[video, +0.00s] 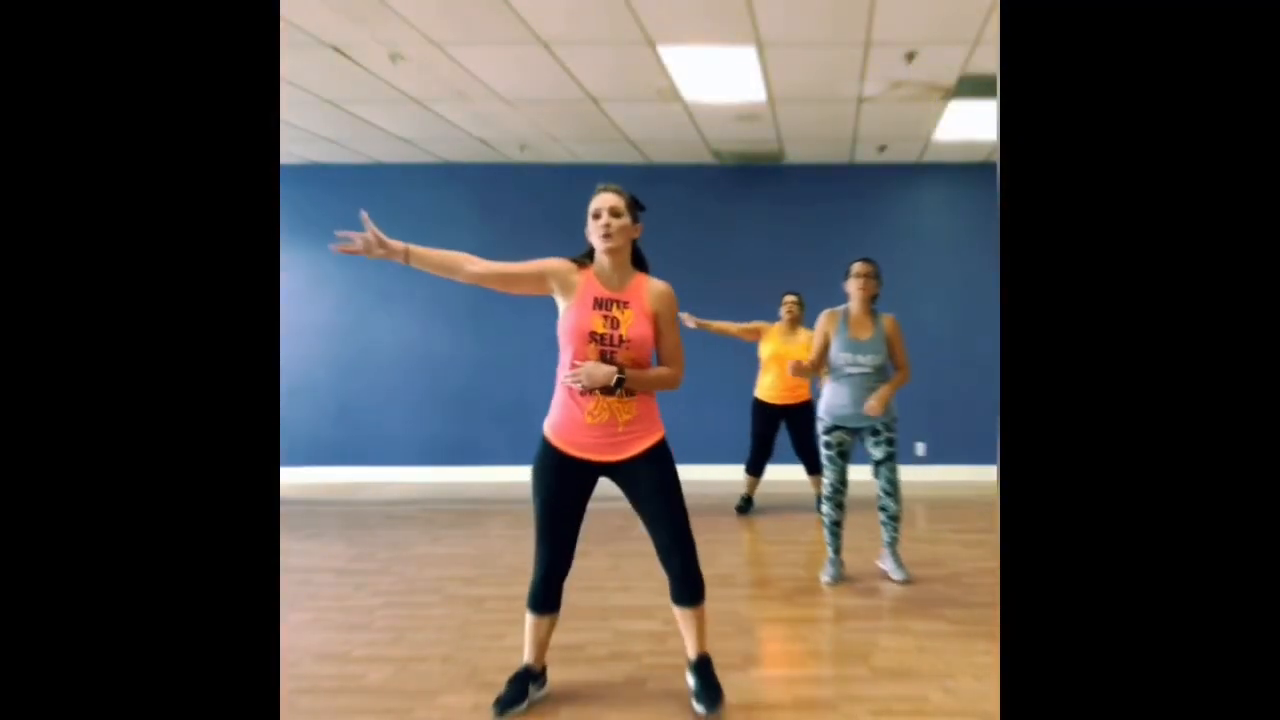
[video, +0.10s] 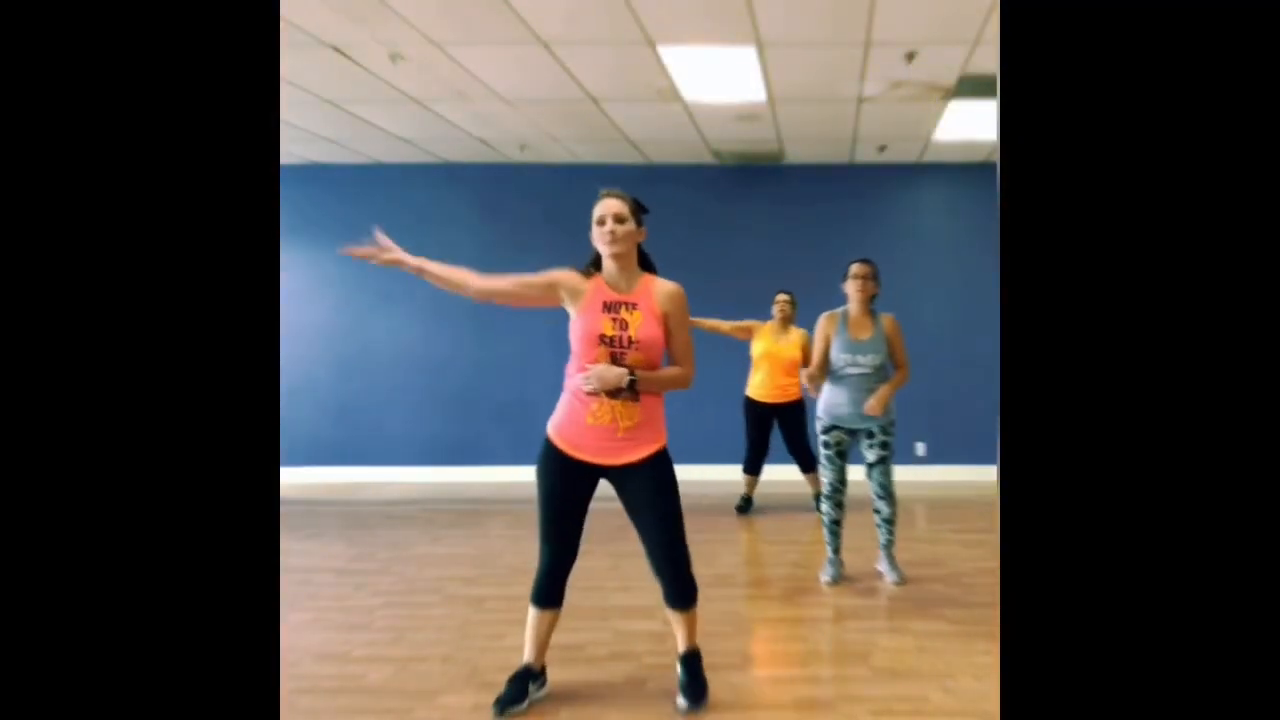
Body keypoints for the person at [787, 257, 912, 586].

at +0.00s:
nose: (862, 282)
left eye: (868, 276)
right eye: (857, 276)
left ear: (878, 286)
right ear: (846, 284)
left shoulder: (887, 325)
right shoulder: (829, 319)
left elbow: (903, 371)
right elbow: (816, 366)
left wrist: (884, 394)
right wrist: (801, 368)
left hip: (876, 417)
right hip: (835, 417)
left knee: (889, 486)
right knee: (833, 489)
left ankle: (890, 554)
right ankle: (833, 558)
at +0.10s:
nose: (861, 284)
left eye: (868, 278)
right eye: (856, 278)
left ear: (876, 286)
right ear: (845, 284)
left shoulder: (887, 324)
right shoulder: (828, 322)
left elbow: (902, 370)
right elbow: (818, 368)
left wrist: (884, 393)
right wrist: (811, 376)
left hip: (875, 419)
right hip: (833, 418)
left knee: (883, 489)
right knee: (832, 491)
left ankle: (887, 556)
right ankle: (833, 558)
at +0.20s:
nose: (862, 286)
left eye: (868, 281)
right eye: (856, 280)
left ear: (877, 288)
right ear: (846, 287)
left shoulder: (889, 325)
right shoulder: (831, 325)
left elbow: (905, 371)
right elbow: (820, 370)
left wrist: (886, 396)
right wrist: (821, 382)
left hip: (876, 420)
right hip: (835, 419)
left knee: (882, 491)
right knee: (833, 490)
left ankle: (887, 559)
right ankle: (832, 558)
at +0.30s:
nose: (865, 285)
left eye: (871, 280)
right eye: (860, 280)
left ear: (880, 287)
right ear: (849, 286)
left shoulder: (894, 324)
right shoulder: (835, 326)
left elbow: (911, 369)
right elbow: (823, 371)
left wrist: (893, 392)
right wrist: (832, 386)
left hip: (881, 420)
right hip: (840, 418)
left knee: (885, 491)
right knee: (835, 489)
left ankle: (887, 559)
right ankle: (833, 559)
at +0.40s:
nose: (869, 284)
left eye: (876, 279)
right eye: (864, 278)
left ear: (885, 286)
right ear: (853, 285)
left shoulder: (898, 322)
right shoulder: (839, 324)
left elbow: (918, 365)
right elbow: (827, 371)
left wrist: (899, 389)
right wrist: (842, 386)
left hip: (888, 418)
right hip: (847, 417)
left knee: (890, 490)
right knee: (839, 487)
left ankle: (888, 559)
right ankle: (836, 557)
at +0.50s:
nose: (874, 284)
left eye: (879, 278)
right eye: (867, 278)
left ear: (889, 286)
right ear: (857, 285)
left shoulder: (901, 322)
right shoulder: (842, 324)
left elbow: (922, 365)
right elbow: (828, 371)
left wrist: (905, 389)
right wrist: (849, 389)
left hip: (892, 417)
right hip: (851, 416)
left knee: (892, 490)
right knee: (847, 487)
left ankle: (888, 558)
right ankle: (846, 555)